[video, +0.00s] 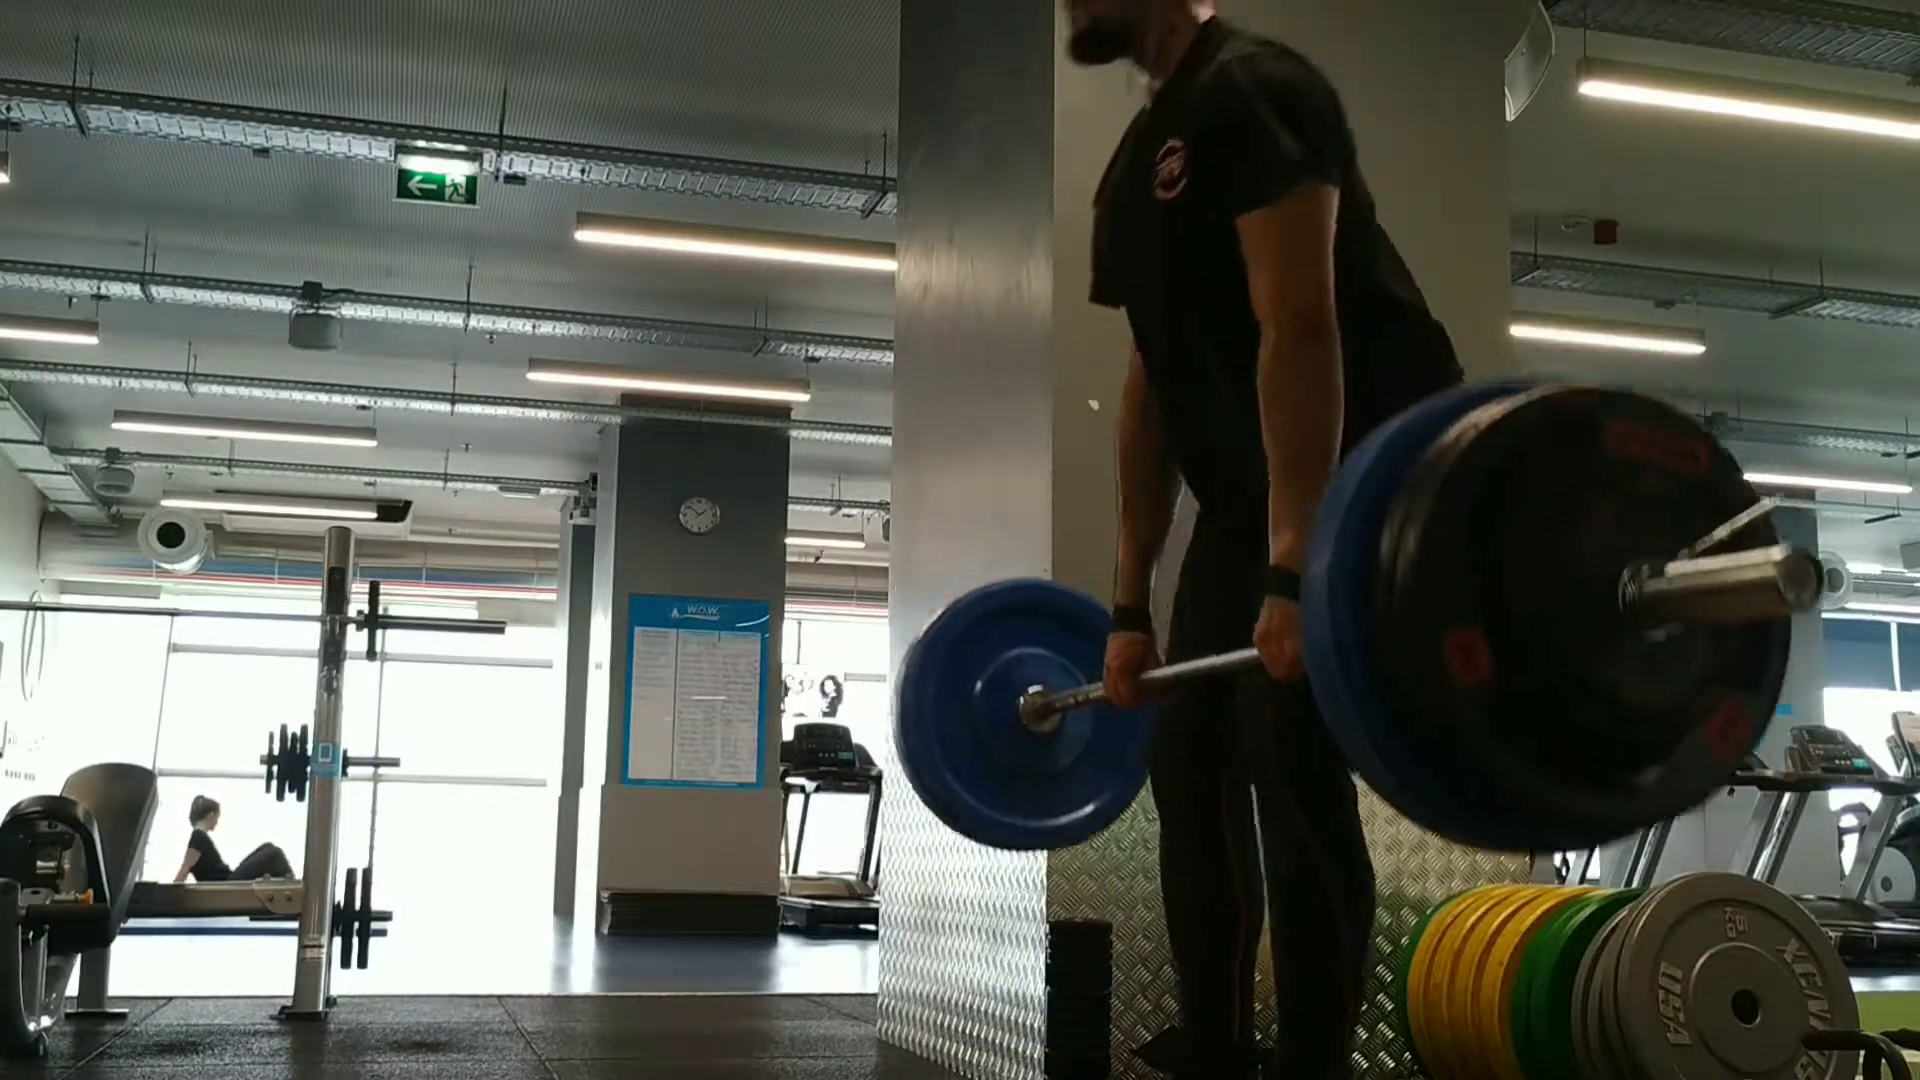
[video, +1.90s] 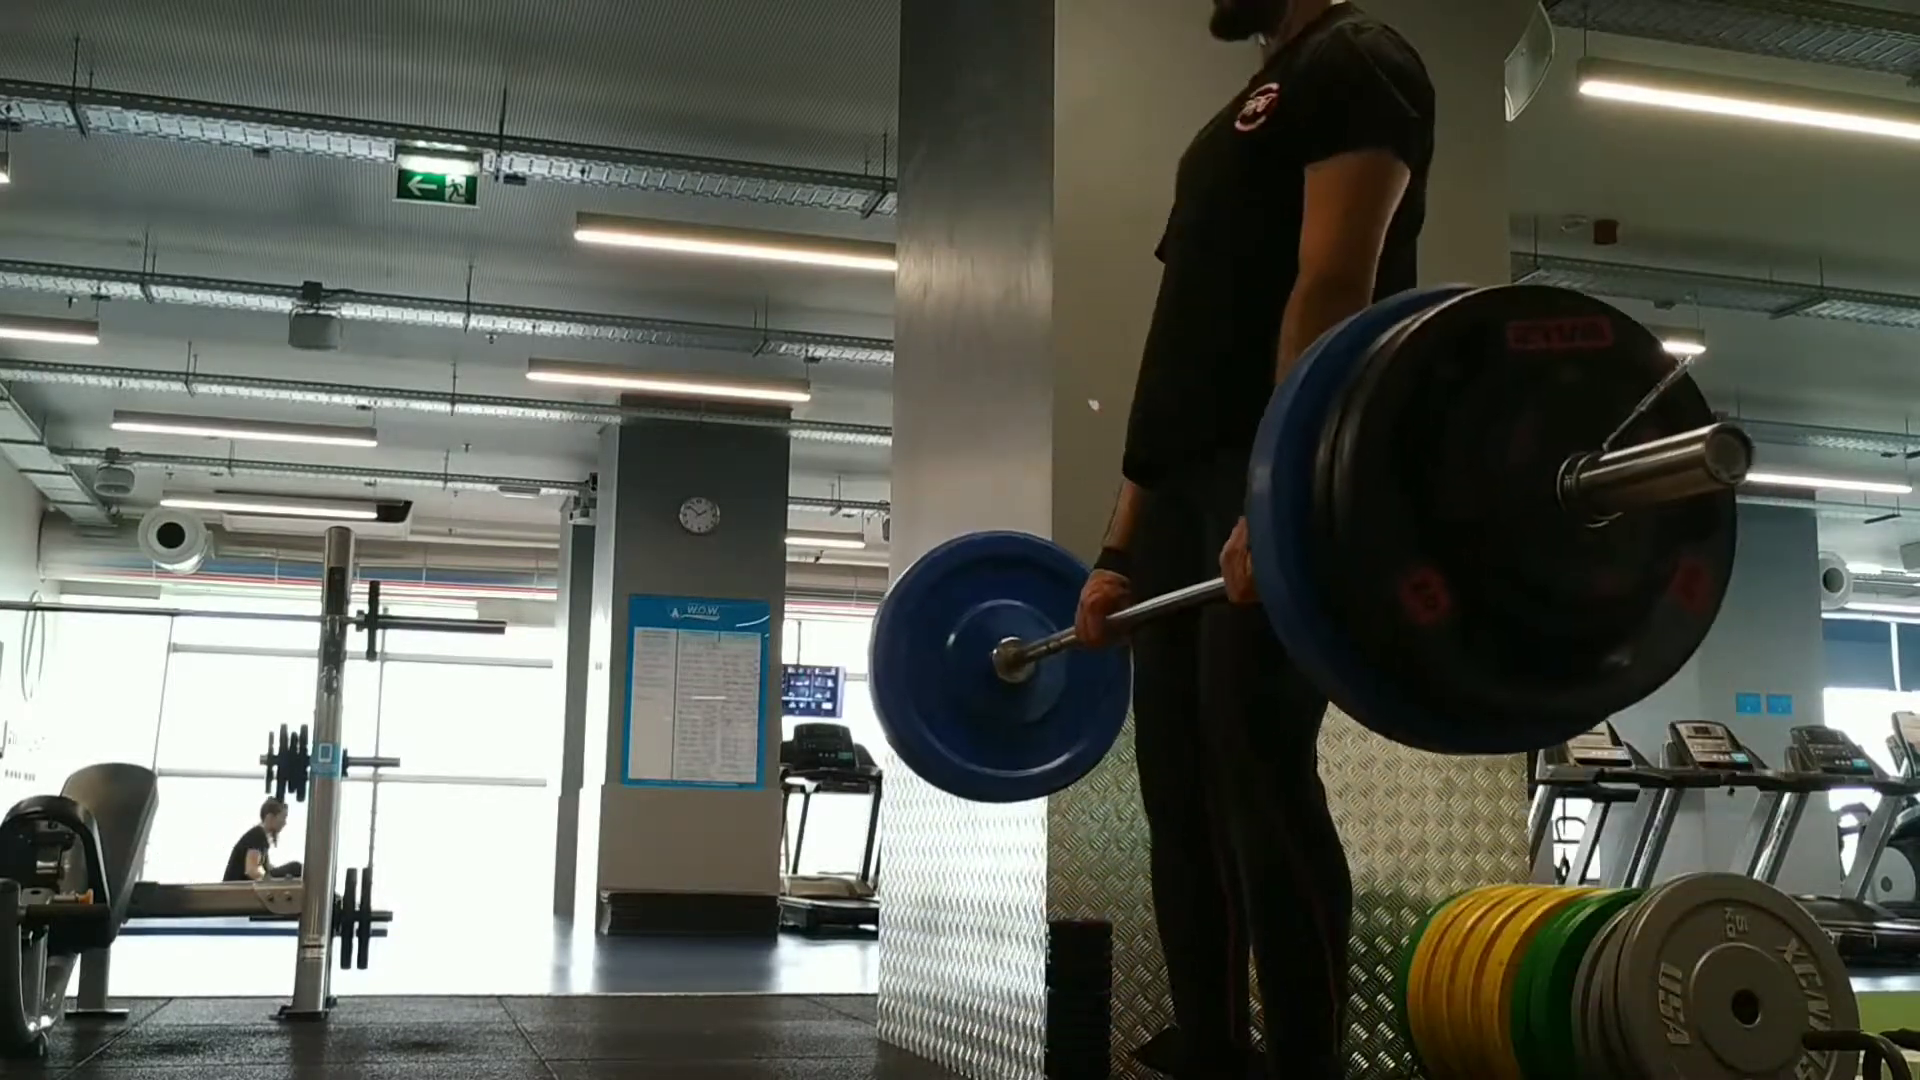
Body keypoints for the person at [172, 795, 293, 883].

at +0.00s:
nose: (217, 820)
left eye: (218, 816)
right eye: (217, 815)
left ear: (202, 815)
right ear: (208, 815)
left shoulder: (201, 836)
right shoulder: (199, 837)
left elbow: (186, 869)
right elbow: (185, 869)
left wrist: (173, 891)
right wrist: (172, 892)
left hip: (227, 880)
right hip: (227, 883)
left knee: (267, 847)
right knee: (273, 853)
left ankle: (287, 886)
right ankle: (292, 888)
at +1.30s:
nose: (237, 823)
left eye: (237, 819)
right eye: (236, 819)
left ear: (217, 817)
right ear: (230, 819)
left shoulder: (203, 840)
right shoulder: (215, 842)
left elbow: (187, 868)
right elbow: (195, 869)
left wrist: (175, 885)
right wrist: (180, 886)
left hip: (224, 887)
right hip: (237, 887)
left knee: (276, 857)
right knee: (280, 858)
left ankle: (300, 881)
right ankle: (305, 881)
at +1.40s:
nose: (246, 822)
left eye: (246, 818)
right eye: (244, 817)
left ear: (231, 817)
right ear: (235, 817)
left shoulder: (214, 837)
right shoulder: (219, 839)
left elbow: (197, 867)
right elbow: (197, 867)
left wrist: (180, 885)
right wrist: (179, 886)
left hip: (235, 886)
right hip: (238, 888)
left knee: (281, 860)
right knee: (283, 860)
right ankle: (309, 882)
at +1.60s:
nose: (263, 821)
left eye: (264, 817)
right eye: (261, 816)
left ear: (248, 815)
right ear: (249, 814)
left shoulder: (237, 834)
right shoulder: (234, 833)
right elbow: (209, 859)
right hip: (236, 887)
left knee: (289, 868)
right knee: (291, 866)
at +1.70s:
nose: (271, 820)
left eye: (272, 816)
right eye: (269, 815)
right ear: (256, 814)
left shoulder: (250, 834)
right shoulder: (242, 832)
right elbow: (220, 860)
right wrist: (223, 887)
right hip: (242, 886)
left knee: (292, 867)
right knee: (292, 867)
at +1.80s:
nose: (278, 822)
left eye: (279, 817)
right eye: (277, 817)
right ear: (264, 816)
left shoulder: (258, 835)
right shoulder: (251, 833)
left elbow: (252, 863)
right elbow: (235, 866)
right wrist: (252, 886)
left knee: (294, 867)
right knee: (294, 867)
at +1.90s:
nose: (285, 823)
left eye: (285, 818)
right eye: (283, 817)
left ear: (270, 817)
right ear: (270, 817)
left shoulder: (263, 836)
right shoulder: (257, 835)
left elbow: (266, 866)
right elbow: (251, 870)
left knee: (295, 867)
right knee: (294, 867)